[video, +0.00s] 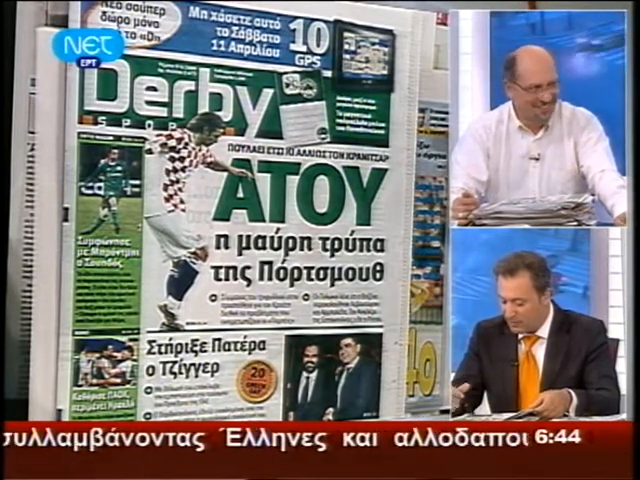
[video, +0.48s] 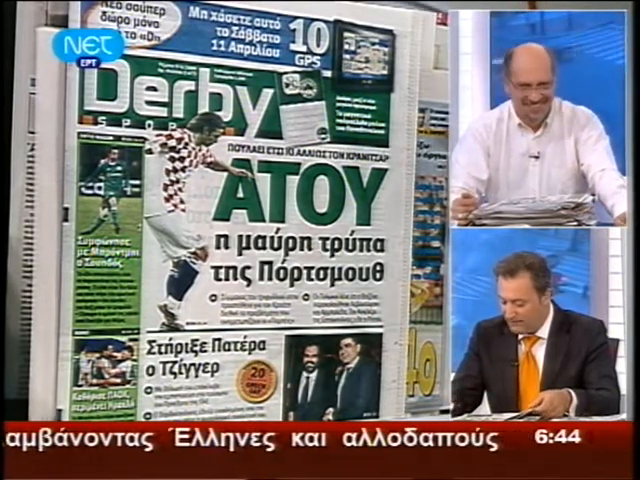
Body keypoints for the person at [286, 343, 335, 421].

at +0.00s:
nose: (310, 360)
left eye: (314, 356)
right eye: (307, 356)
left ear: (320, 359)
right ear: (303, 358)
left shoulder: (326, 377)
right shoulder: (296, 375)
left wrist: (330, 411)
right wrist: (291, 412)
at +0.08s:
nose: (310, 360)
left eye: (314, 356)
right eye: (307, 356)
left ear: (320, 359)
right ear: (303, 358)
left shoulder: (326, 377)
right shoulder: (296, 375)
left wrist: (330, 411)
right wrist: (291, 412)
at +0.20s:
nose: (310, 360)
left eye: (314, 356)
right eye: (307, 356)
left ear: (320, 359)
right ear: (303, 358)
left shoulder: (326, 376)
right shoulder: (296, 375)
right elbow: (291, 397)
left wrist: (330, 411)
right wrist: (291, 412)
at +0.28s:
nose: (310, 360)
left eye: (314, 356)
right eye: (307, 356)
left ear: (320, 359)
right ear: (303, 358)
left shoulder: (326, 376)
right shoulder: (296, 375)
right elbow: (291, 397)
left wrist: (330, 411)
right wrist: (291, 412)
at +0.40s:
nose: (310, 360)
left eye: (314, 356)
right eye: (307, 356)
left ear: (320, 359)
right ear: (303, 358)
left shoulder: (326, 377)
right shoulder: (296, 375)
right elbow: (291, 397)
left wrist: (330, 411)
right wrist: (291, 412)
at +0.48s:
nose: (310, 360)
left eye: (314, 356)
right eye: (307, 356)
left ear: (320, 359)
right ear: (303, 358)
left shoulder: (326, 377)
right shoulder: (296, 375)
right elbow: (291, 397)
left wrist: (330, 411)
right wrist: (291, 412)